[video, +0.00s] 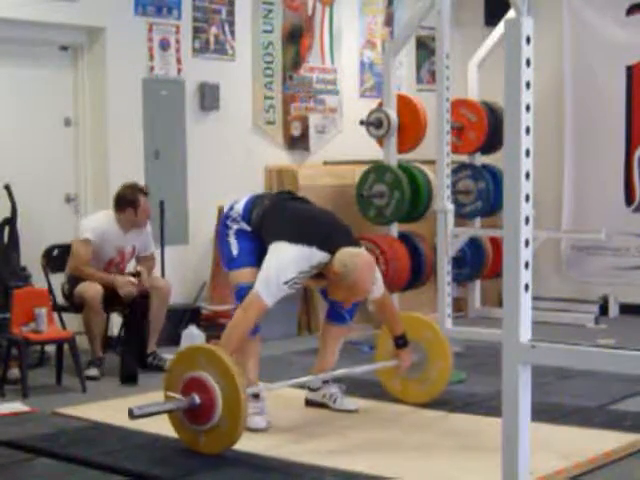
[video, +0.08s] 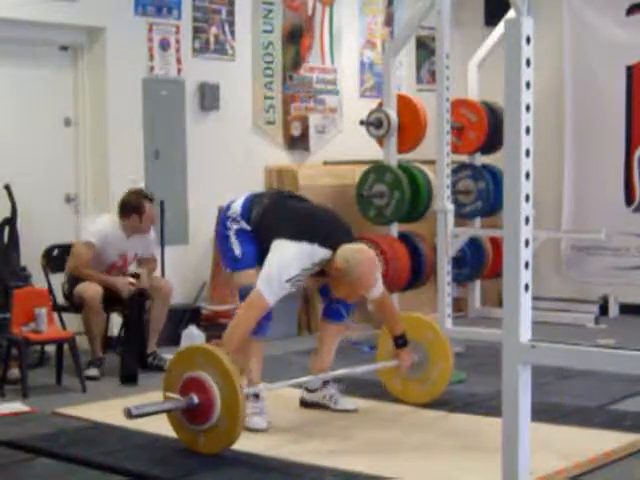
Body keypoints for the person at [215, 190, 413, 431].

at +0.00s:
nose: (353, 303)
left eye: (359, 298)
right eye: (352, 297)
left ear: (370, 278)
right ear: (332, 277)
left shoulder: (362, 264)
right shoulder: (288, 261)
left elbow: (382, 302)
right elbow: (247, 313)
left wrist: (401, 344)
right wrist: (216, 369)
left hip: (294, 213)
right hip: (244, 218)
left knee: (344, 303)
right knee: (249, 305)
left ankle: (321, 381)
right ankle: (251, 393)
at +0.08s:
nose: (357, 299)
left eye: (362, 294)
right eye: (355, 294)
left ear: (372, 273)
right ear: (335, 274)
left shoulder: (362, 262)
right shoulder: (289, 258)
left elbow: (382, 301)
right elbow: (247, 316)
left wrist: (401, 344)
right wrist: (218, 371)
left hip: (288, 212)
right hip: (240, 217)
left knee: (338, 300)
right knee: (256, 308)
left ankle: (318, 382)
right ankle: (252, 394)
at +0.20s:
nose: (357, 293)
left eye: (364, 289)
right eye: (355, 287)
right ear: (340, 266)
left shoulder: (359, 257)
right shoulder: (292, 256)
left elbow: (381, 301)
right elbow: (253, 312)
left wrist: (401, 344)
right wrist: (226, 368)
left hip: (280, 214)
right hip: (238, 219)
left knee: (332, 295)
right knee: (267, 305)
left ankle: (313, 385)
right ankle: (240, 393)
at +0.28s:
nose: (364, 295)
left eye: (370, 290)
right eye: (363, 289)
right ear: (345, 268)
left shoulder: (358, 255)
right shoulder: (300, 258)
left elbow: (380, 302)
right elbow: (255, 315)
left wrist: (400, 345)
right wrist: (226, 372)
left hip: (275, 217)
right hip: (236, 219)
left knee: (326, 291)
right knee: (269, 305)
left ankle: (311, 386)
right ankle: (234, 393)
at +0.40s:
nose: (367, 299)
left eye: (375, 293)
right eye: (366, 291)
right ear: (347, 270)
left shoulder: (359, 255)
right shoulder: (301, 260)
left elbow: (382, 301)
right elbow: (256, 315)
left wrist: (401, 346)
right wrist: (226, 372)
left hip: (275, 218)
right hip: (236, 221)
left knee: (327, 292)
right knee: (265, 306)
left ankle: (310, 385)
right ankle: (233, 394)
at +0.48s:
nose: (367, 297)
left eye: (374, 292)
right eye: (367, 290)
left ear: (349, 267)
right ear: (347, 270)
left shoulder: (357, 254)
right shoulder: (298, 260)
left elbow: (384, 301)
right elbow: (254, 312)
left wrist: (407, 344)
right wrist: (225, 368)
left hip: (280, 216)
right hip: (238, 218)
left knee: (332, 296)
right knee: (258, 306)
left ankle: (311, 386)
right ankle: (234, 396)